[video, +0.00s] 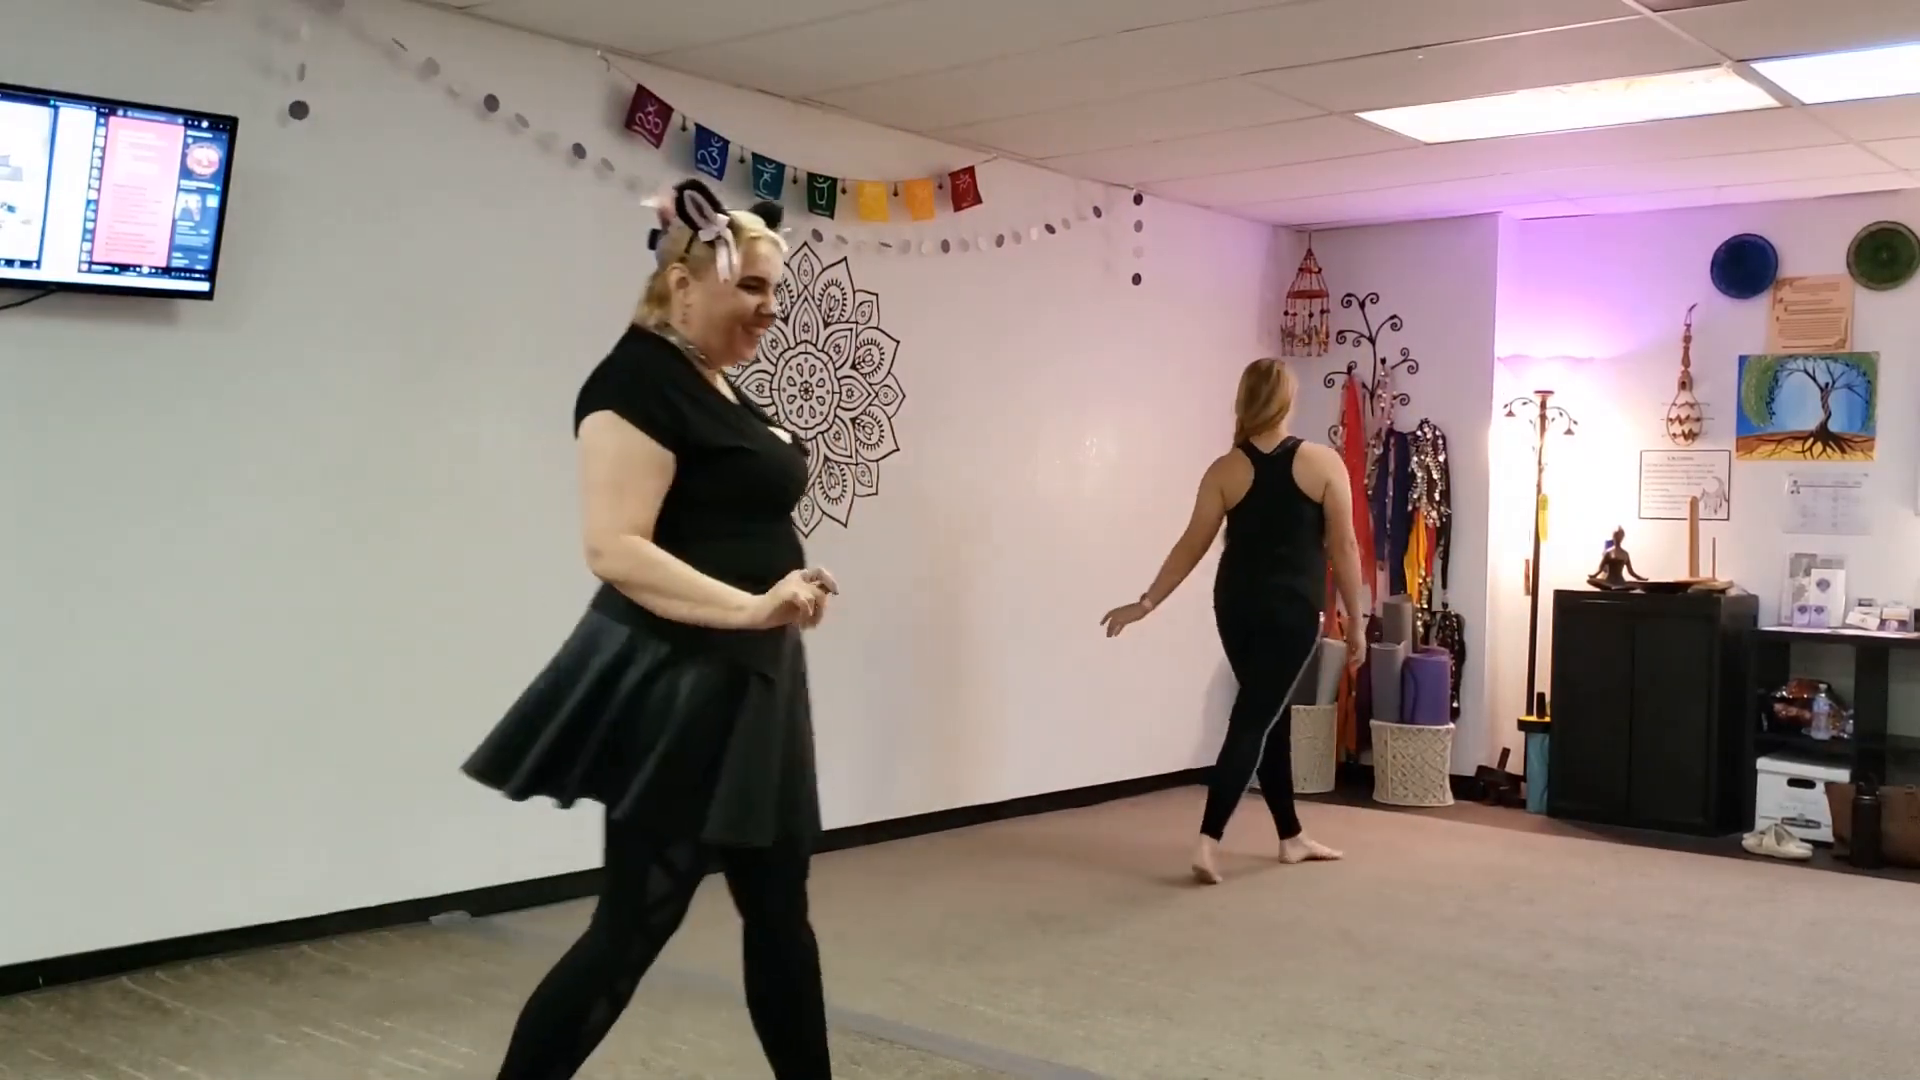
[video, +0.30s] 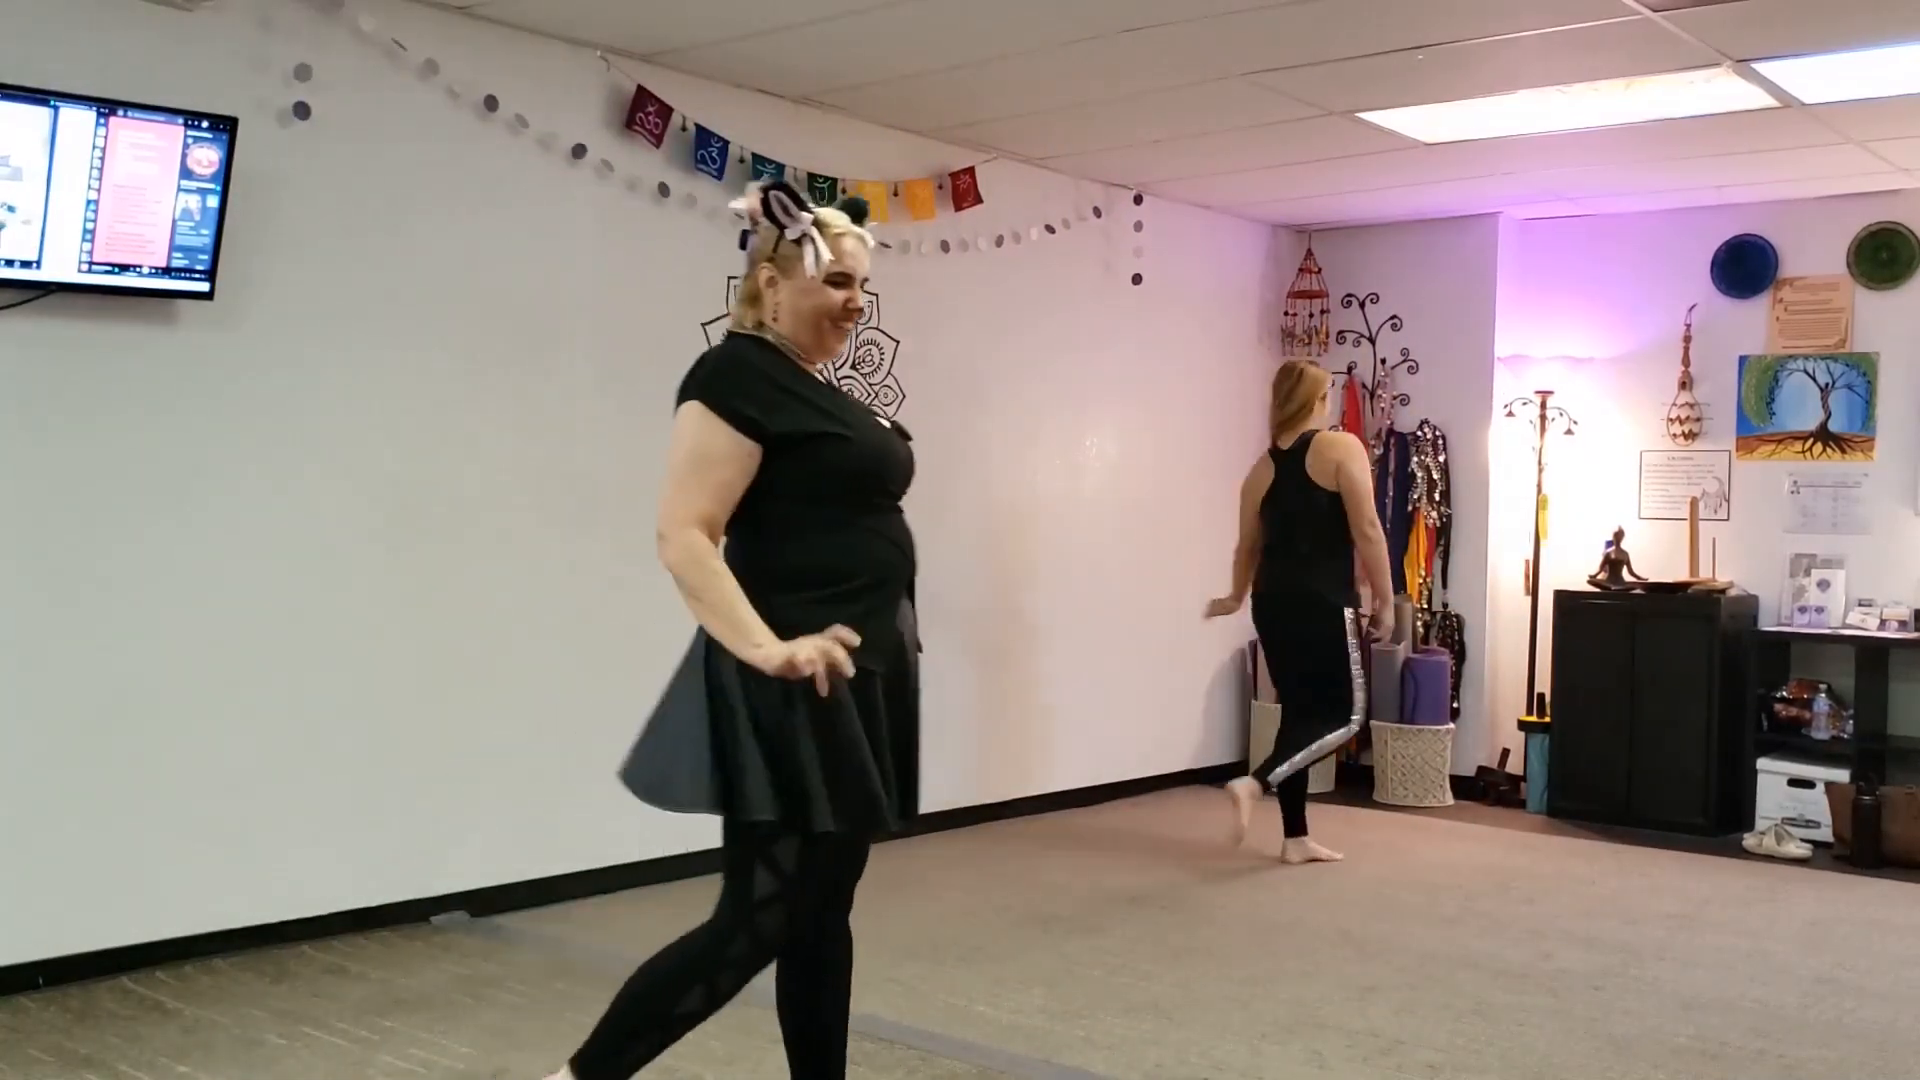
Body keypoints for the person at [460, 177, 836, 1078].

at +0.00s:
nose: (767, 308)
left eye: (774, 291)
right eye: (751, 285)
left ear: (764, 295)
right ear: (684, 280)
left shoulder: (720, 393)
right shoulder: (637, 379)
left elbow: (733, 533)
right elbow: (612, 548)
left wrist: (793, 579)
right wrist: (753, 607)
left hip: (761, 684)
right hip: (680, 687)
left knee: (782, 917)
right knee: (631, 928)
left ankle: (807, 1075)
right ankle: (524, 1074)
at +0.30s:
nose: (856, 301)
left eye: (862, 285)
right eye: (838, 280)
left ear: (858, 292)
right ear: (772, 284)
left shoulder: (811, 390)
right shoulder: (735, 375)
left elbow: (821, 531)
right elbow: (682, 534)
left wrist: (881, 628)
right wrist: (767, 646)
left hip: (852, 675)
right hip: (782, 681)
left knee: (823, 914)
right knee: (758, 920)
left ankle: (821, 1079)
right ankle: (585, 1072)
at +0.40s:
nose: (886, 311)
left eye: (891, 294)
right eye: (866, 290)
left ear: (887, 298)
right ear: (799, 293)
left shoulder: (840, 398)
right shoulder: (758, 381)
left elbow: (837, 498)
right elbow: (704, 537)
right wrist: (757, 680)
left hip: (872, 685)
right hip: (804, 687)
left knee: (839, 921)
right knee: (805, 929)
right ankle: (617, 1064)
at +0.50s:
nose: (909, 318)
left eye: (917, 301)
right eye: (890, 298)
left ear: (918, 304)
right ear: (826, 300)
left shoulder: (882, 407)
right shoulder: (774, 385)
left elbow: (960, 545)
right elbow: (716, 538)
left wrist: (956, 437)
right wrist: (732, 693)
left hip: (892, 686)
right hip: (818, 685)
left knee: (859, 935)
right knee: (850, 936)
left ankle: (829, 1078)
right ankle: (701, 1063)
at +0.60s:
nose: (932, 310)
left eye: (941, 294)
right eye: (912, 290)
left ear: (945, 299)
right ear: (847, 293)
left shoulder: (928, 408)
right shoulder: (788, 384)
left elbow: (1011, 534)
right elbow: (722, 534)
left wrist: (1045, 416)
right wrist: (706, 682)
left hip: (909, 677)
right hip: (821, 676)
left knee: (859, 914)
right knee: (905, 927)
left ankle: (821, 1069)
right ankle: (820, 1067)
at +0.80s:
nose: (963, 301)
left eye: (975, 284)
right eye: (942, 280)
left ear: (984, 290)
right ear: (880, 283)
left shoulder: (983, 395)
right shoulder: (815, 380)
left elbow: (1048, 544)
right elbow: (724, 528)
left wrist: (1144, 473)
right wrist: (682, 664)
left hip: (943, 672)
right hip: (835, 671)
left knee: (870, 908)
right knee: (944, 905)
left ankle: (831, 1078)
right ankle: (966, 1077)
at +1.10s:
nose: (1014, 291)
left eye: (1026, 275)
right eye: (992, 270)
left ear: (1034, 285)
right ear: (929, 275)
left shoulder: (1045, 394)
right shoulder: (866, 387)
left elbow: (1105, 546)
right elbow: (782, 545)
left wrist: (1235, 556)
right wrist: (716, 695)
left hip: (1006, 685)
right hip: (894, 683)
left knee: (910, 925)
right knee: (964, 935)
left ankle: (845, 1079)